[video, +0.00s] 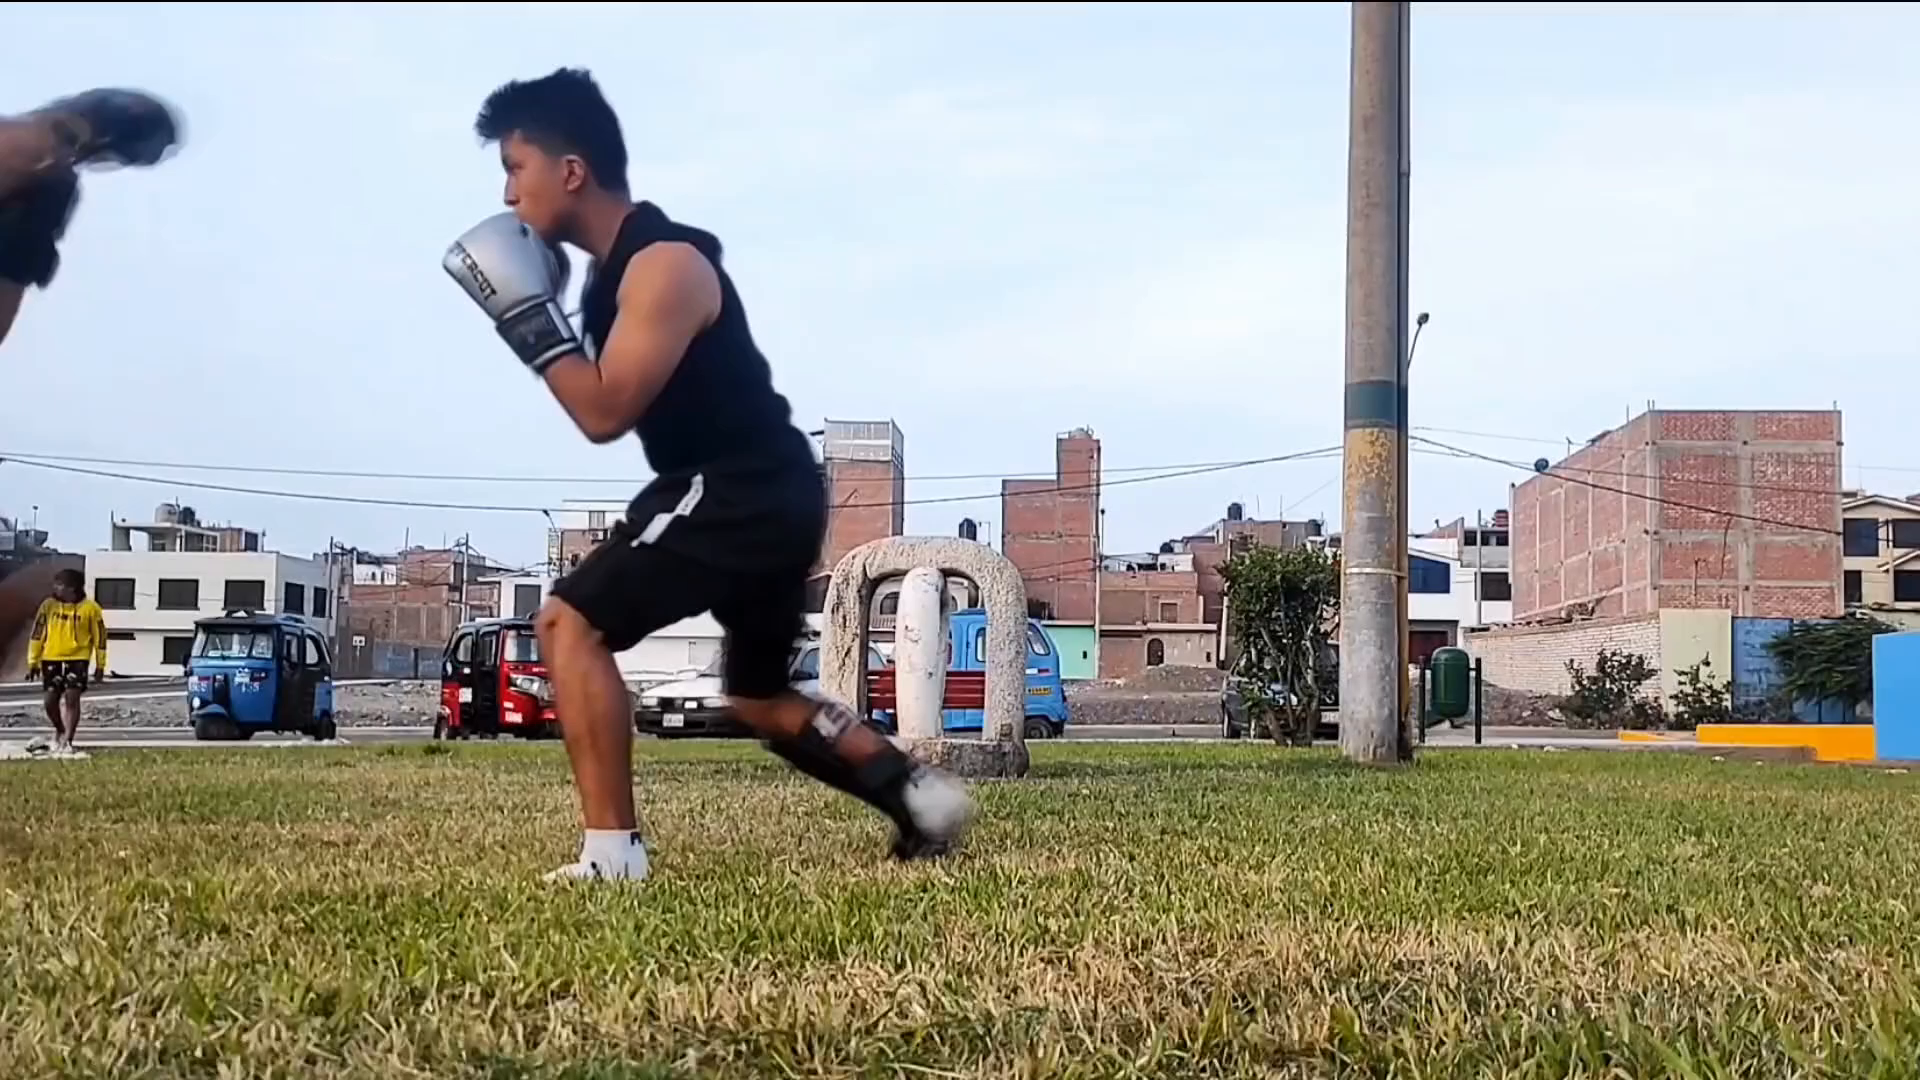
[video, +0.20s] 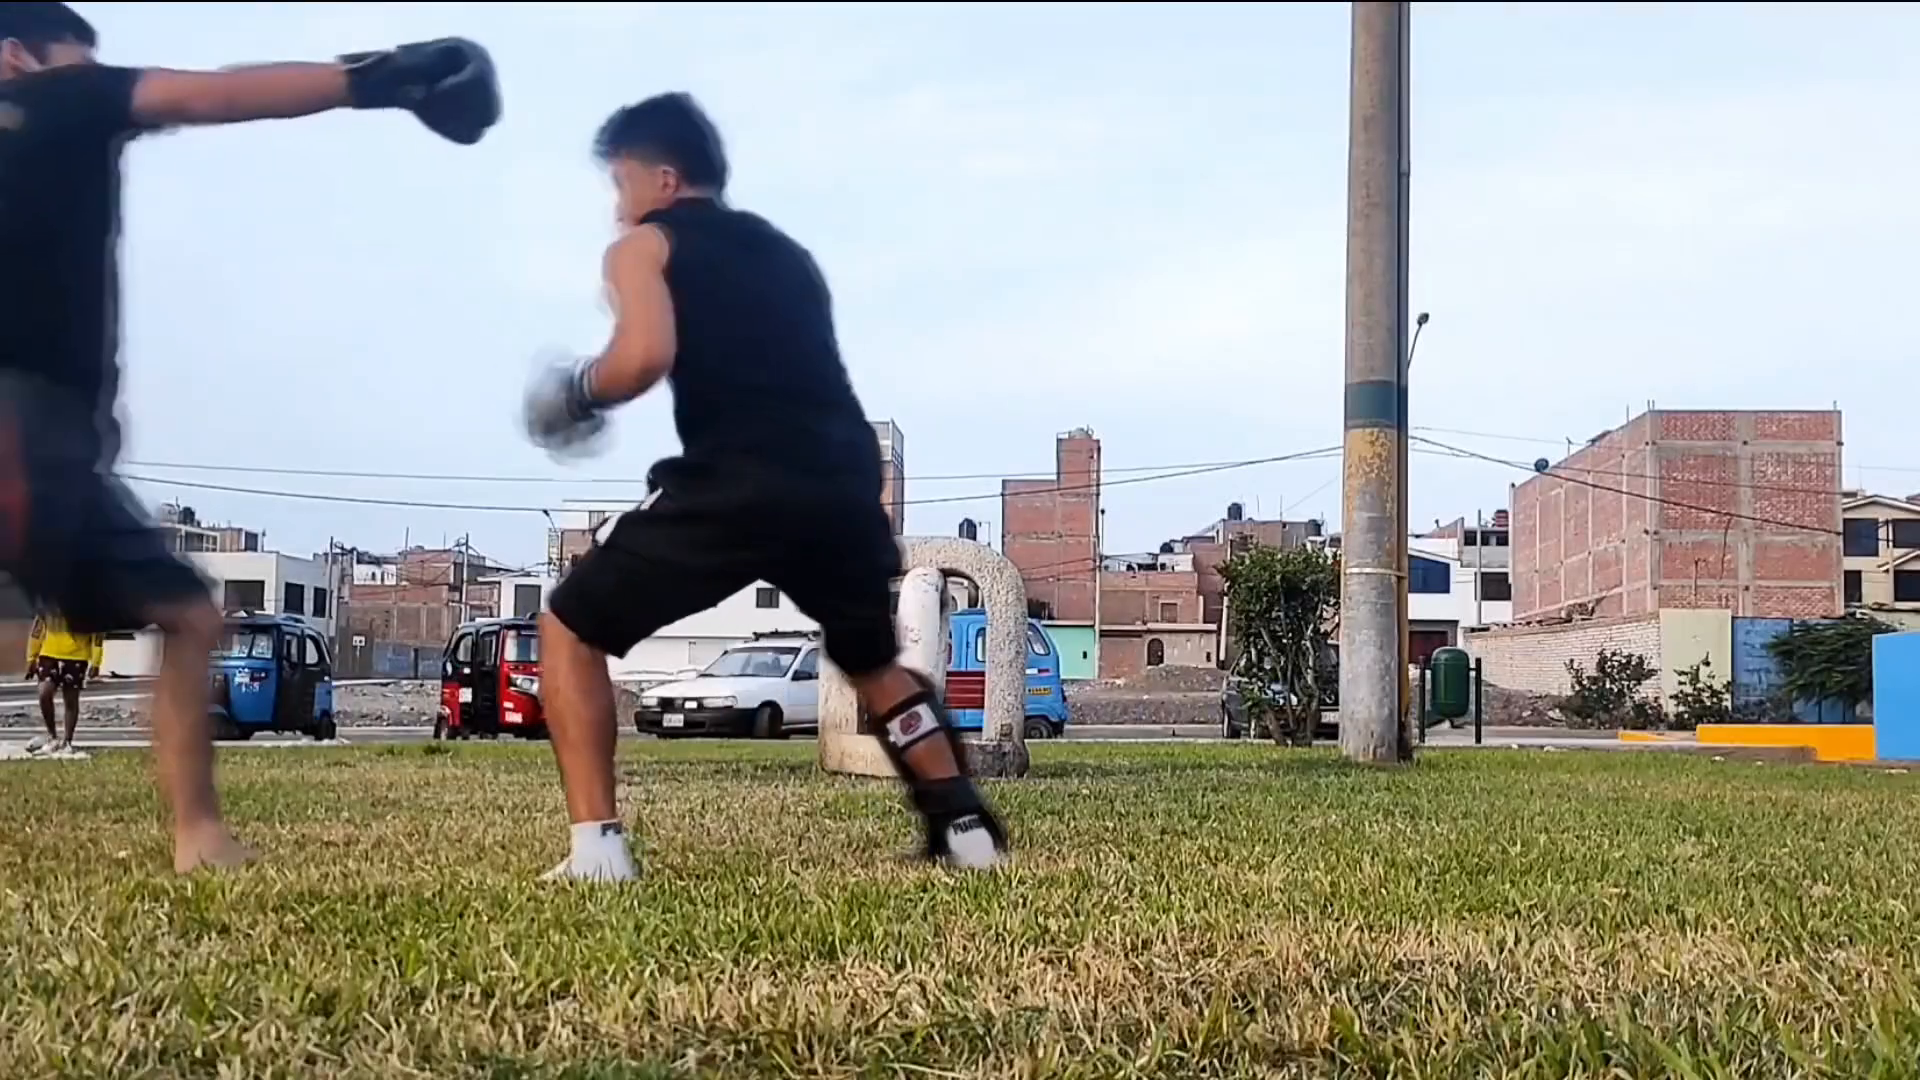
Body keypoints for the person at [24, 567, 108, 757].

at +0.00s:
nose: (55, 589)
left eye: (59, 586)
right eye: (55, 585)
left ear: (73, 588)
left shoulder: (91, 609)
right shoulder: (49, 605)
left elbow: (100, 639)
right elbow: (37, 634)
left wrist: (100, 666)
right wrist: (33, 661)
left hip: (77, 659)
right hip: (52, 659)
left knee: (71, 699)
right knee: (49, 702)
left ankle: (68, 740)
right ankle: (59, 730)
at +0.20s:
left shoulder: (89, 605)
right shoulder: (50, 602)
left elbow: (97, 633)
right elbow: (37, 628)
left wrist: (96, 661)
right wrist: (32, 657)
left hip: (77, 655)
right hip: (50, 653)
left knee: (71, 701)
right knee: (44, 695)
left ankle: (67, 741)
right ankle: (52, 737)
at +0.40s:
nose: (47, 586)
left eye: (51, 582)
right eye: (47, 582)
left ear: (62, 585)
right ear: (57, 585)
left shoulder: (82, 605)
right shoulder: (43, 604)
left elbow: (86, 637)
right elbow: (34, 635)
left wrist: (81, 663)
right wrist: (31, 662)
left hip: (69, 660)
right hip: (46, 659)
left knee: (70, 701)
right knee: (46, 696)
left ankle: (68, 741)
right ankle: (48, 739)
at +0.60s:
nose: (37, 582)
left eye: (41, 578)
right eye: (37, 578)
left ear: (54, 580)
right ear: (44, 580)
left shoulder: (76, 601)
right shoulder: (34, 602)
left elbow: (80, 634)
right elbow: (27, 634)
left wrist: (66, 657)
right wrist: (26, 661)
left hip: (66, 659)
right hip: (40, 658)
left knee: (65, 700)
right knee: (45, 700)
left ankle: (69, 737)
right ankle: (49, 739)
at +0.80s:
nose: (31, 579)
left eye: (35, 575)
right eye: (31, 575)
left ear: (49, 577)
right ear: (38, 578)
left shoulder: (70, 598)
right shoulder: (27, 600)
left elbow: (78, 630)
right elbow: (18, 630)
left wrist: (67, 652)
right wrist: (16, 659)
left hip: (58, 654)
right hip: (34, 654)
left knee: (53, 694)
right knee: (42, 698)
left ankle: (61, 736)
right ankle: (48, 739)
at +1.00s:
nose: (25, 580)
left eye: (29, 576)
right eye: (25, 576)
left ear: (42, 578)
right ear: (35, 578)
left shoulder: (64, 598)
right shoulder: (21, 599)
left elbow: (76, 630)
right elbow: (10, 628)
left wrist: (77, 657)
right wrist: (4, 653)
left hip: (52, 653)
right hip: (27, 654)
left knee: (43, 696)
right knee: (38, 699)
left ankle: (36, 740)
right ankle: (50, 740)